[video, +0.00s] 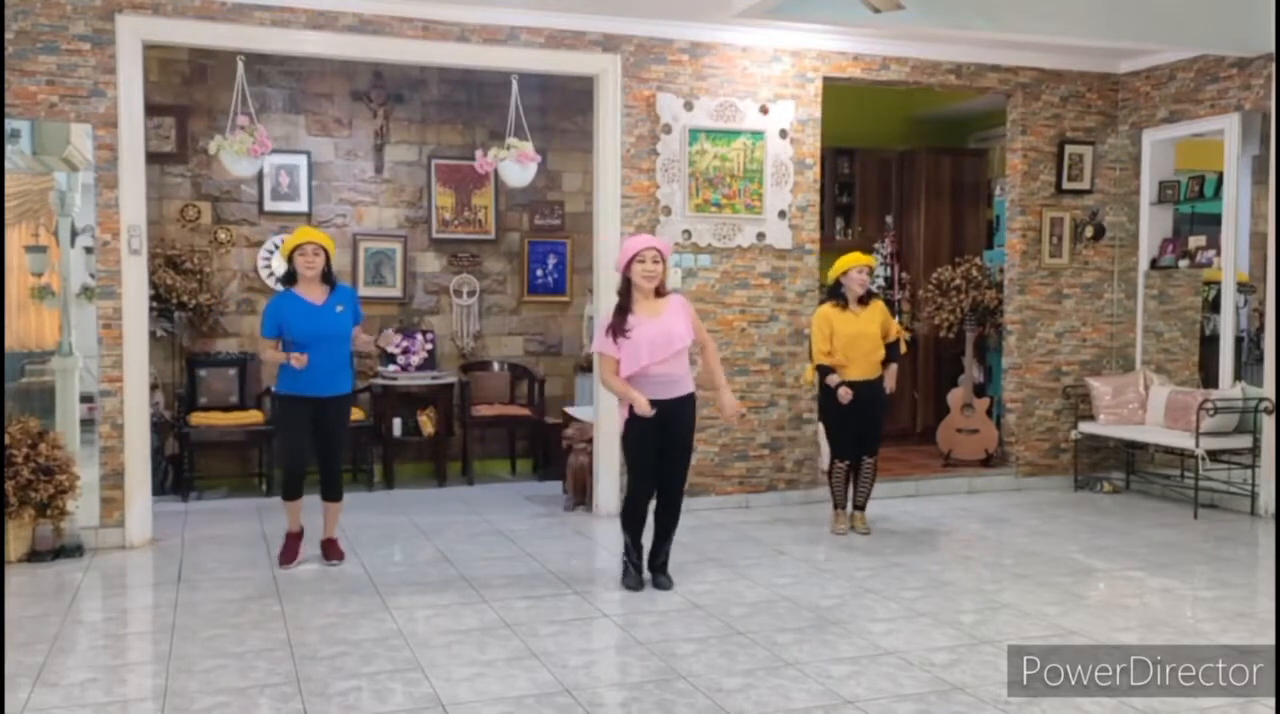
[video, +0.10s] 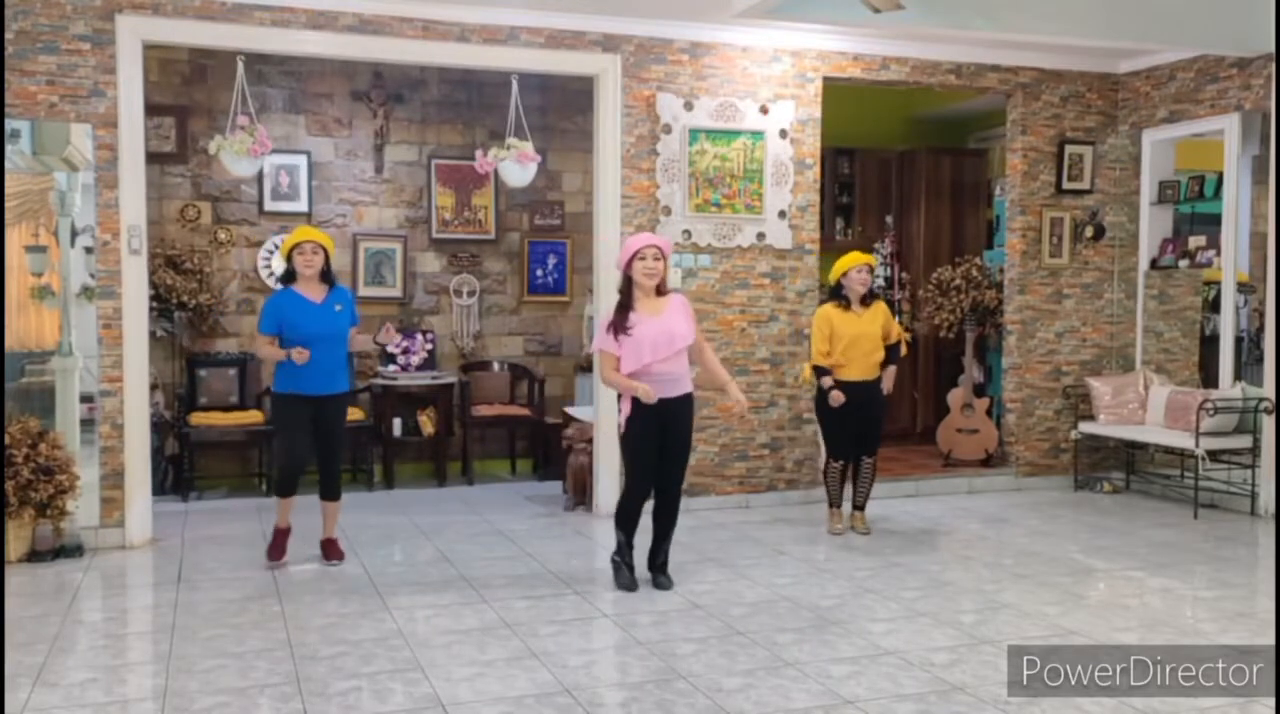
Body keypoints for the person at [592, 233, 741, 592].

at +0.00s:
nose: (650, 268)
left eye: (656, 261)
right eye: (642, 261)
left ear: (665, 268)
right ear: (628, 270)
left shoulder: (680, 305)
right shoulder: (618, 318)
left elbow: (707, 346)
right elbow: (607, 374)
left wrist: (723, 391)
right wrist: (633, 395)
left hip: (680, 406)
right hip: (641, 410)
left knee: (673, 490)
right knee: (641, 488)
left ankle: (660, 563)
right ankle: (633, 559)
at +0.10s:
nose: (651, 265)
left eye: (657, 259)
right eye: (643, 259)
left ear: (666, 266)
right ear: (629, 268)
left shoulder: (680, 305)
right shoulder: (619, 316)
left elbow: (702, 350)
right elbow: (606, 372)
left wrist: (731, 387)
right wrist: (635, 387)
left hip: (679, 404)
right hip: (640, 407)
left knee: (671, 489)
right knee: (639, 486)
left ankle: (659, 562)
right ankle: (622, 555)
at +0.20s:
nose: (652, 264)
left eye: (658, 257)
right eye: (644, 258)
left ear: (666, 265)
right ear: (629, 266)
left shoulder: (678, 305)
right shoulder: (619, 315)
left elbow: (697, 358)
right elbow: (606, 372)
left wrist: (730, 387)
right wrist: (633, 388)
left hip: (677, 404)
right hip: (638, 407)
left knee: (668, 488)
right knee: (635, 484)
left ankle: (659, 562)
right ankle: (613, 555)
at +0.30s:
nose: (652, 264)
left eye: (658, 257)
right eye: (643, 257)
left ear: (666, 265)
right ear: (629, 266)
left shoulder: (677, 308)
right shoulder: (617, 315)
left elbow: (691, 365)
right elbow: (602, 371)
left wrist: (722, 398)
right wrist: (629, 399)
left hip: (673, 405)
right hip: (634, 407)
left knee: (666, 490)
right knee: (631, 486)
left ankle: (659, 563)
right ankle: (609, 557)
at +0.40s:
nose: (650, 264)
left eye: (656, 257)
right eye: (642, 258)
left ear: (665, 266)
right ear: (629, 267)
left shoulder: (676, 314)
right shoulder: (616, 314)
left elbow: (684, 372)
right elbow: (598, 371)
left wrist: (711, 411)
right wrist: (616, 416)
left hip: (669, 408)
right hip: (629, 408)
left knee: (664, 491)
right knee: (626, 487)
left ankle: (658, 563)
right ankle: (607, 559)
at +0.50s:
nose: (648, 265)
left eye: (655, 259)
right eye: (640, 259)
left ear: (664, 268)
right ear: (628, 269)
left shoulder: (673, 316)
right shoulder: (613, 314)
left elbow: (678, 371)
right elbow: (592, 365)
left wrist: (692, 418)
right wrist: (595, 420)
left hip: (662, 409)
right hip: (621, 409)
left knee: (660, 491)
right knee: (617, 489)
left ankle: (658, 564)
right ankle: (606, 561)